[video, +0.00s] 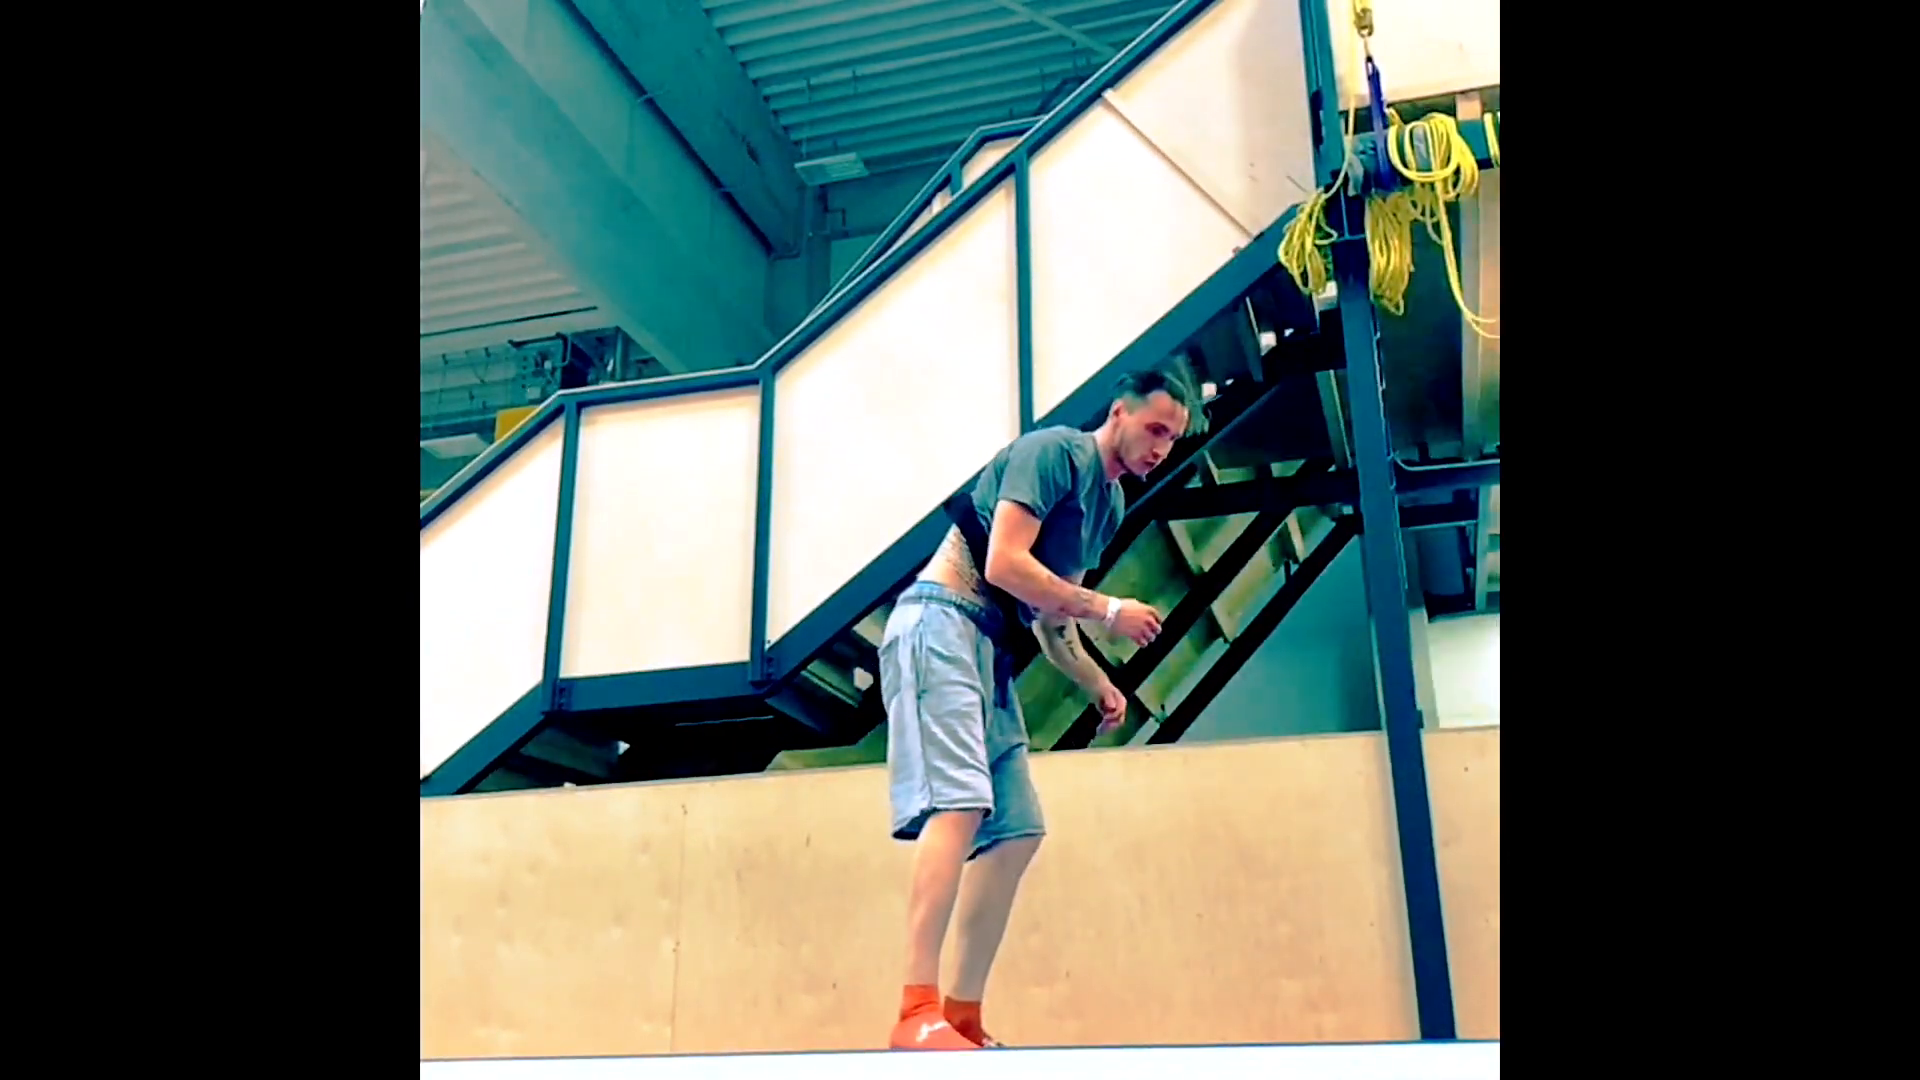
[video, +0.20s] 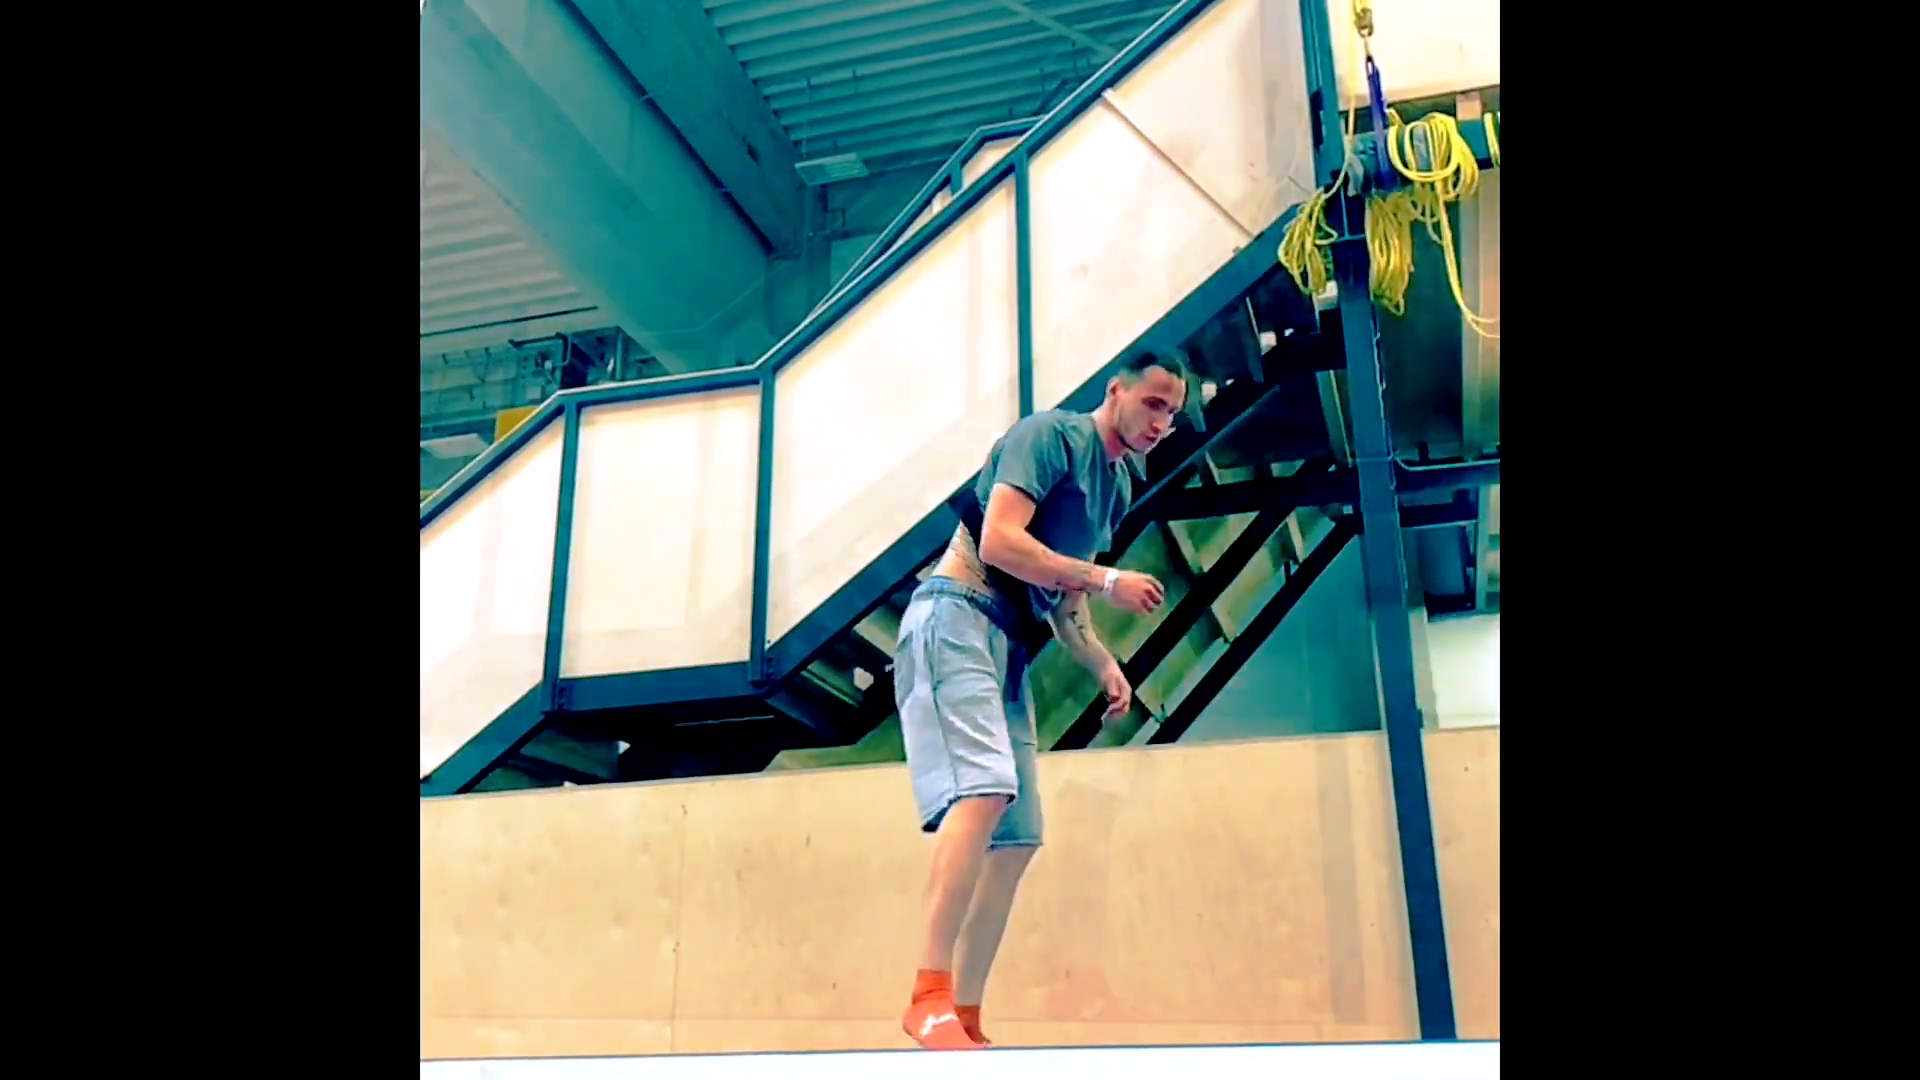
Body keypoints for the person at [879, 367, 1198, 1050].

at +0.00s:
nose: (1160, 449)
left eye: (1172, 440)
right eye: (1154, 430)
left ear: (1174, 442)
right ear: (1117, 412)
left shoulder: (1107, 510)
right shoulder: (1052, 449)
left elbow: (1052, 621)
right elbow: (1003, 561)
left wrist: (1097, 684)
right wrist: (1104, 606)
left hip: (988, 653)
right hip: (940, 627)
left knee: (1016, 829)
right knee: (959, 807)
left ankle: (960, 1018)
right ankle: (916, 1016)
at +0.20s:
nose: (1161, 424)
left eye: (1172, 414)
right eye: (1154, 404)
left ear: (1171, 419)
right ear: (1115, 390)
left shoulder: (1113, 489)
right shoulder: (1048, 432)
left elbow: (1063, 600)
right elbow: (999, 540)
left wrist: (1104, 665)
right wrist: (1102, 578)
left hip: (1006, 646)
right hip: (956, 617)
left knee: (1015, 836)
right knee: (981, 793)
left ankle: (963, 1019)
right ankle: (927, 1000)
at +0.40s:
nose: (1145, 354)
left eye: (1154, 343)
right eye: (1134, 337)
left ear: (1152, 349)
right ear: (1092, 328)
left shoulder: (1124, 426)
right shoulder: (1032, 390)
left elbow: (1101, 554)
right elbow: (994, 491)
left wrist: (1123, 631)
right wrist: (1105, 479)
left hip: (1050, 619)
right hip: (991, 593)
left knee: (1014, 821)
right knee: (1033, 773)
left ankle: (961, 1016)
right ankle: (1047, 981)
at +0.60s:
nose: (1126, 312)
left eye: (1132, 302)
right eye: (1114, 294)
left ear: (1129, 312)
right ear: (1074, 293)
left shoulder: (1114, 384)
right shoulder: (1017, 372)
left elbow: (1124, 282)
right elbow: (1046, 438)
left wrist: (1150, 186)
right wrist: (1109, 361)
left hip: (1108, 605)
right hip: (1055, 601)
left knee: (1077, 810)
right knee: (1084, 794)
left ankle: (981, 989)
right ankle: (1087, 988)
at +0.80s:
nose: (1162, 304)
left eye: (1162, 289)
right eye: (1148, 286)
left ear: (1141, 296)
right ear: (1101, 287)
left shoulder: (1125, 388)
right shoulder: (1073, 363)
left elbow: (1183, 428)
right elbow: (1111, 272)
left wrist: (1257, 413)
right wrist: (1151, 181)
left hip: (1148, 590)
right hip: (1100, 584)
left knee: (1213, 789)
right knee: (1091, 793)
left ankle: (1102, 973)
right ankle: (1064, 988)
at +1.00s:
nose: (1163, 307)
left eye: (1165, 297)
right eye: (1152, 291)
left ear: (1149, 307)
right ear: (1111, 289)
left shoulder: (1127, 391)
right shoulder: (1081, 360)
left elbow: (1197, 427)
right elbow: (1116, 273)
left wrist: (1265, 410)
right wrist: (1153, 185)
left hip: (1141, 589)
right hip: (1106, 582)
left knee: (1112, 797)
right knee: (1091, 790)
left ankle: (1090, 986)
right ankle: (1063, 989)